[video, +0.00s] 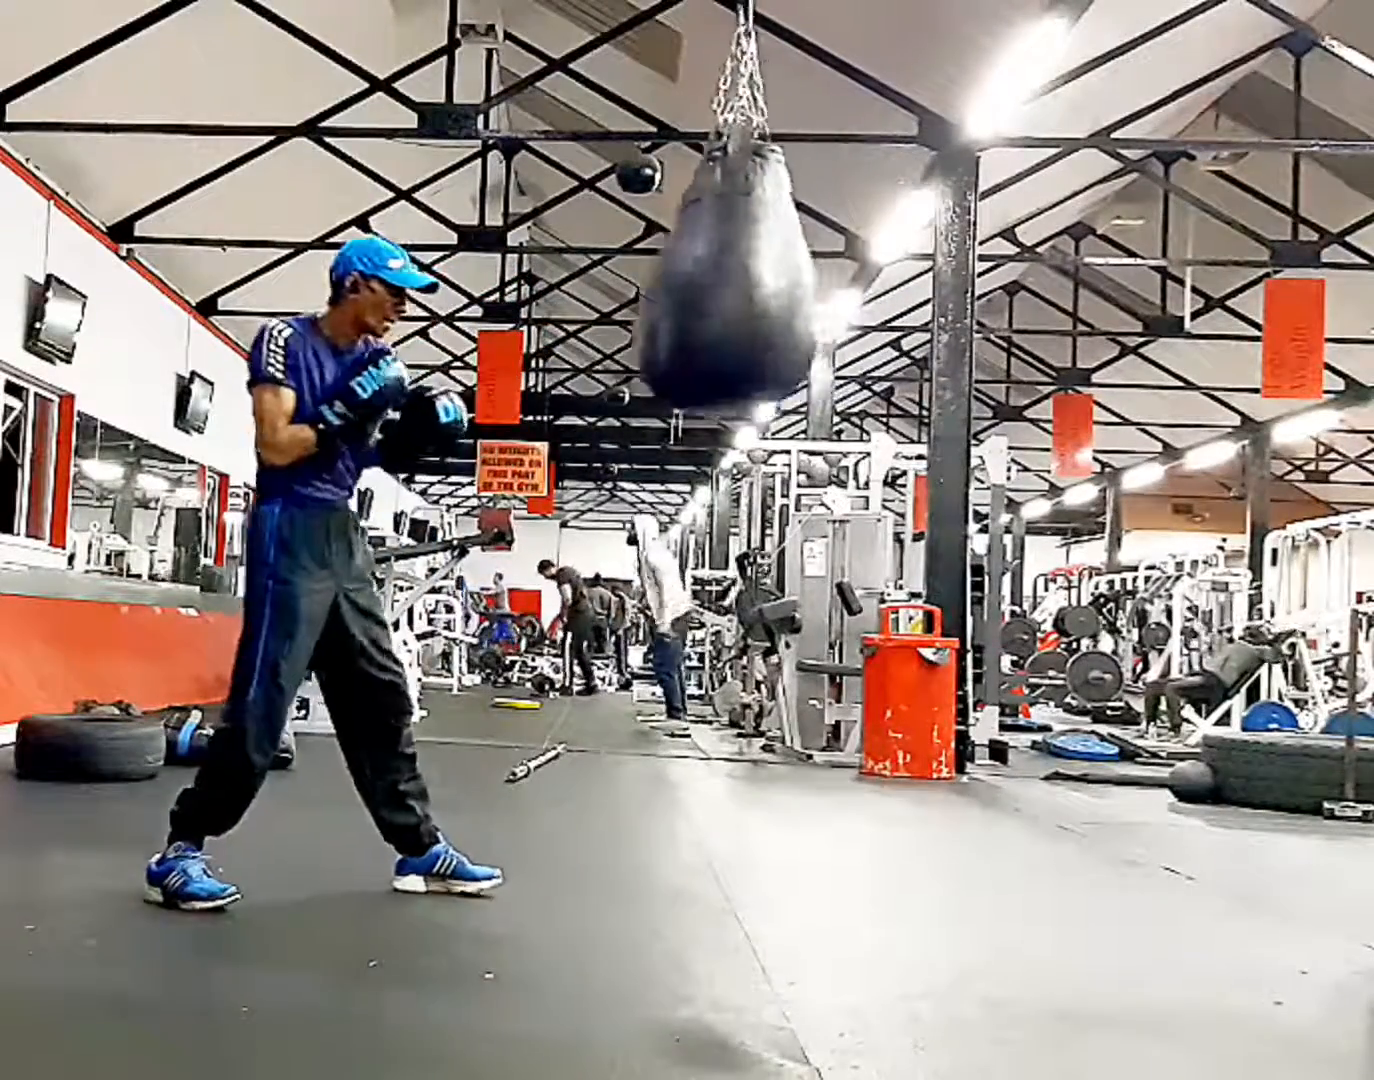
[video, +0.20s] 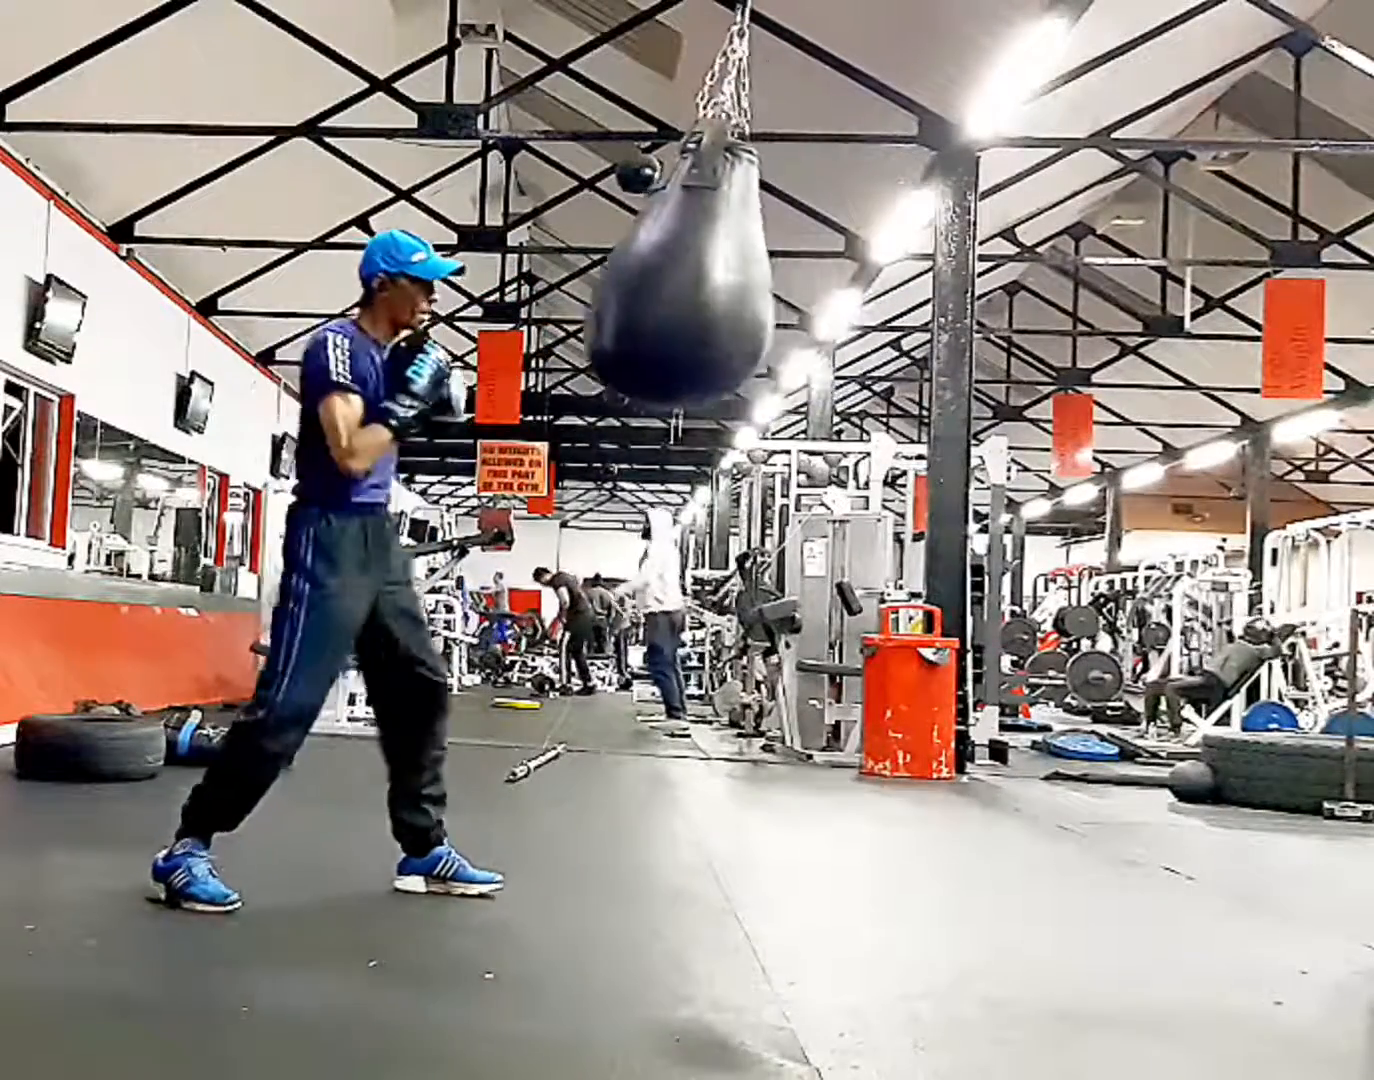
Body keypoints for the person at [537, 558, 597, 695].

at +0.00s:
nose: (545, 577)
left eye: (544, 574)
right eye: (543, 575)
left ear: (548, 569)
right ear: (552, 566)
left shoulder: (562, 575)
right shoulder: (569, 572)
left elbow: (567, 598)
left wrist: (561, 617)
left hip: (576, 614)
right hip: (585, 613)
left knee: (567, 649)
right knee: (580, 650)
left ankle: (567, 684)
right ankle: (591, 683)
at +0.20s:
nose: (542, 584)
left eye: (540, 581)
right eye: (540, 582)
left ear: (543, 576)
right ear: (548, 572)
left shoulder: (558, 581)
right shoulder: (565, 577)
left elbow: (565, 601)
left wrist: (560, 617)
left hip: (576, 617)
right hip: (586, 614)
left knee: (564, 648)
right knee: (577, 650)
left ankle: (565, 683)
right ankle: (588, 682)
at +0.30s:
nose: (541, 592)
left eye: (539, 589)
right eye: (538, 590)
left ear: (542, 583)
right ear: (544, 581)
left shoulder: (557, 587)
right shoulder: (562, 582)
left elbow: (565, 608)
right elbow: (577, 578)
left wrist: (555, 623)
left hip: (578, 620)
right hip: (586, 618)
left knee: (563, 649)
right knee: (577, 652)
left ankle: (564, 683)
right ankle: (587, 683)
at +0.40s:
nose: (539, 600)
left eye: (538, 596)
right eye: (537, 598)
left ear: (542, 591)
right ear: (542, 591)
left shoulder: (557, 593)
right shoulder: (559, 593)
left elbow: (565, 614)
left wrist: (558, 630)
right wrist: (559, 628)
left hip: (581, 623)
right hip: (587, 622)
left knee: (562, 651)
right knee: (575, 653)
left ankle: (564, 684)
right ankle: (587, 683)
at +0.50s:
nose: (542, 608)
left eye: (540, 606)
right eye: (540, 607)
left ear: (542, 601)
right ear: (545, 596)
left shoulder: (557, 601)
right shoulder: (560, 599)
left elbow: (564, 624)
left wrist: (554, 640)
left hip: (584, 627)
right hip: (590, 626)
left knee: (560, 652)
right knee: (571, 655)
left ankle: (563, 684)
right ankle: (587, 683)